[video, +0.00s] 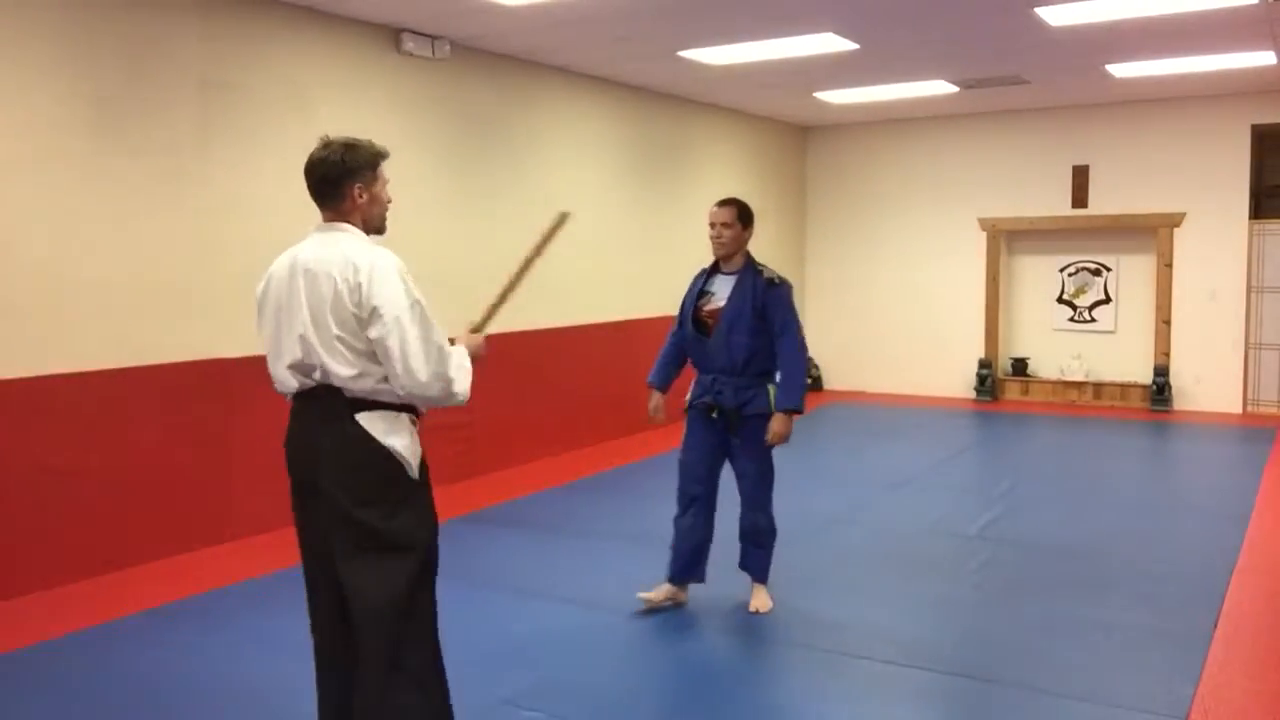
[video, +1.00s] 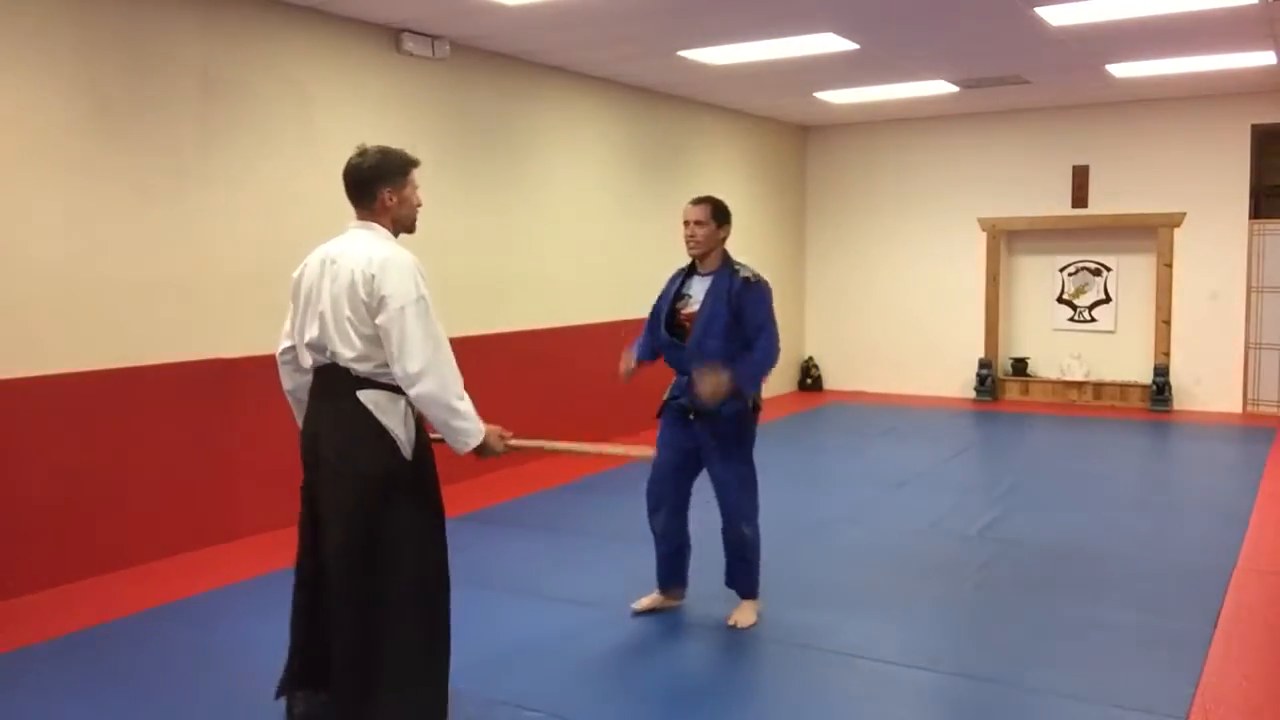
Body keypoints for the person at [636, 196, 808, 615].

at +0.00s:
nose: (716, 233)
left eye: (725, 227)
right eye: (712, 226)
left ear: (746, 231)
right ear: (708, 231)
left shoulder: (770, 287)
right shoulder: (702, 282)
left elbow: (792, 350)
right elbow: (681, 334)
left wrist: (786, 409)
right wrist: (658, 384)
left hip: (751, 408)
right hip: (705, 405)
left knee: (756, 499)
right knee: (692, 494)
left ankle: (759, 583)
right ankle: (677, 583)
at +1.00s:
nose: (690, 233)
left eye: (699, 225)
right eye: (686, 225)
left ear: (723, 231)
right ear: (682, 230)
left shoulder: (748, 286)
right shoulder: (678, 282)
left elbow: (766, 348)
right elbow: (657, 333)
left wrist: (733, 379)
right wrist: (637, 351)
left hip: (729, 416)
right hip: (681, 411)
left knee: (738, 509)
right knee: (663, 497)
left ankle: (748, 597)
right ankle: (671, 589)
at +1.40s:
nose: (694, 231)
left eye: (703, 225)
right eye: (691, 224)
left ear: (720, 230)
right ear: (687, 231)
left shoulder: (740, 276)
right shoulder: (675, 273)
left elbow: (735, 262)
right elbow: (631, 259)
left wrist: (715, 202)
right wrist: (623, 210)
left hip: (733, 401)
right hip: (687, 401)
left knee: (744, 500)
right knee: (679, 492)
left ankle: (750, 593)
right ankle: (685, 583)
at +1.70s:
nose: (696, 242)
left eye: (705, 235)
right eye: (693, 235)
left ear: (727, 240)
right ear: (690, 240)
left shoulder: (753, 289)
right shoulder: (680, 287)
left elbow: (750, 345)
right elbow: (645, 336)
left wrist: (726, 299)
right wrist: (660, 297)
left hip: (739, 408)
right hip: (691, 407)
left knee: (747, 489)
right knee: (676, 487)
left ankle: (757, 560)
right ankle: (684, 584)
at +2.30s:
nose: (617, 253)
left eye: (625, 245)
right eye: (612, 246)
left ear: (646, 250)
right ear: (608, 252)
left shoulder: (673, 296)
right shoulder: (604, 301)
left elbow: (683, 346)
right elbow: (579, 359)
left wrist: (643, 306)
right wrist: (587, 334)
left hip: (669, 419)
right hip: (622, 420)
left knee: (668, 502)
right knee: (621, 513)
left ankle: (702, 564)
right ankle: (656, 588)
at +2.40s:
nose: (590, 250)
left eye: (599, 243)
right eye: (587, 243)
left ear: (622, 248)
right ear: (585, 248)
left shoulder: (645, 289)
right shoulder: (591, 301)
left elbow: (626, 306)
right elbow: (571, 358)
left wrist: (579, 273)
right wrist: (569, 340)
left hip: (646, 410)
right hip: (608, 411)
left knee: (617, 498)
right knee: (622, 500)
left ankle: (621, 601)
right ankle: (658, 583)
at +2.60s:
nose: (540, 259)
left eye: (551, 251)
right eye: (541, 251)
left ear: (580, 258)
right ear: (577, 262)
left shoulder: (568, 291)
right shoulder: (598, 298)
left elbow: (513, 274)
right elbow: (571, 358)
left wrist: (454, 230)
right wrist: (532, 343)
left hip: (576, 432)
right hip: (607, 429)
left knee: (526, 524)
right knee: (592, 502)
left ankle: (521, 649)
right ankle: (649, 573)